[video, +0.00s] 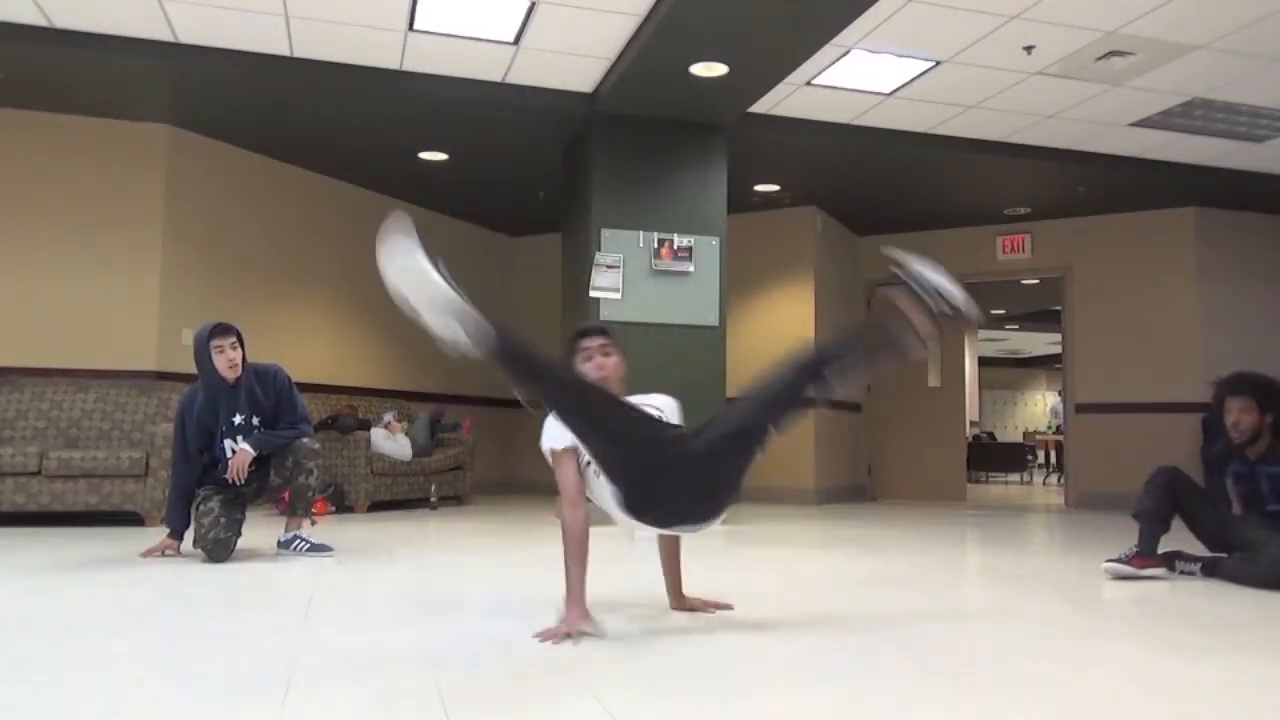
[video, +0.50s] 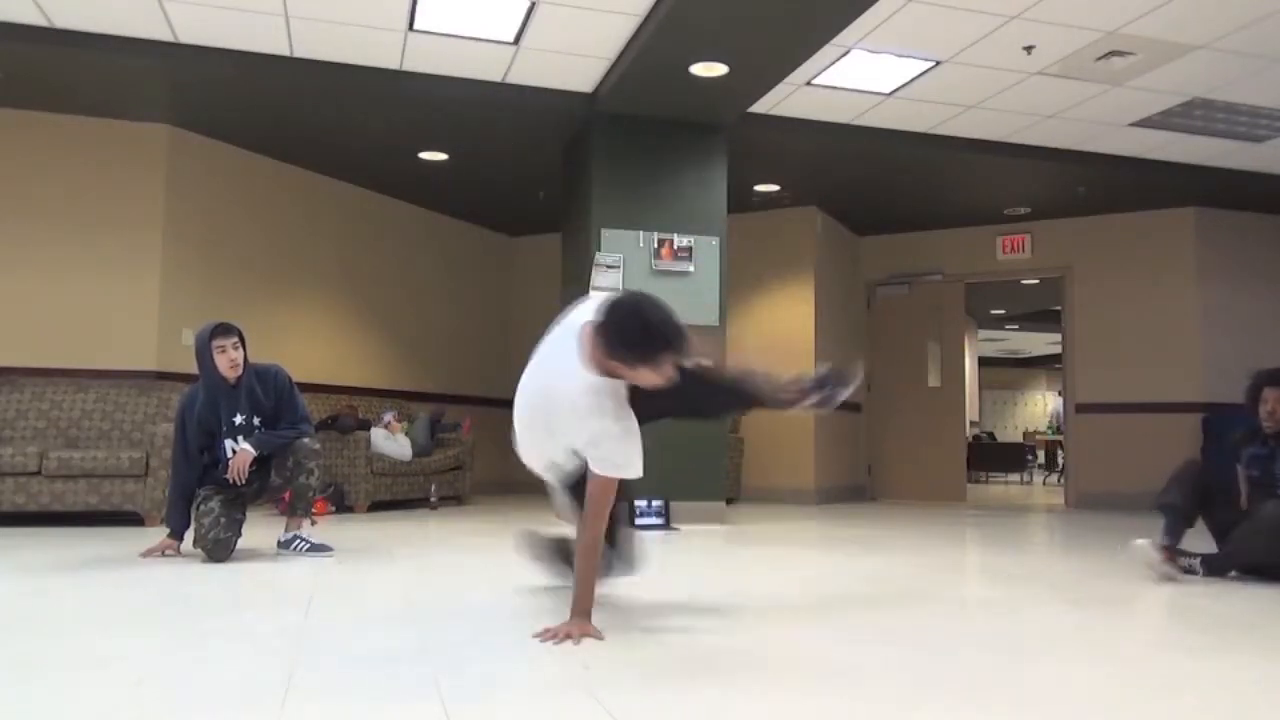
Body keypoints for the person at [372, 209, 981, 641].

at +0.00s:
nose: (594, 361)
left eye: (604, 353)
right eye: (585, 356)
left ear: (624, 366)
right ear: (574, 371)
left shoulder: (657, 407)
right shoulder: (568, 416)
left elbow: (656, 504)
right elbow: (573, 514)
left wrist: (675, 593)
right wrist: (577, 609)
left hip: (705, 486)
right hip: (650, 494)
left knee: (786, 385)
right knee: (552, 381)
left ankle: (900, 330)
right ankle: (473, 327)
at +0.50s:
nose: (673, 374)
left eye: (673, 361)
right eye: (660, 369)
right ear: (625, 368)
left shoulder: (603, 306)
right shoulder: (606, 423)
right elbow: (593, 525)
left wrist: (699, 364)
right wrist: (580, 617)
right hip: (561, 456)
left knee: (692, 388)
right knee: (619, 556)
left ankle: (793, 392)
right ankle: (551, 551)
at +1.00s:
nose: (663, 341)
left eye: (675, 334)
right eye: (655, 329)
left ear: (685, 346)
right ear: (636, 333)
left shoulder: (684, 412)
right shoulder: (605, 354)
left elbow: (664, 511)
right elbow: (552, 390)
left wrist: (654, 608)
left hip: (635, 536)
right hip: (578, 508)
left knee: (757, 542)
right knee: (552, 402)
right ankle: (519, 411)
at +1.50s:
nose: (598, 388)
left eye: (602, 377)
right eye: (587, 381)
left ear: (607, 358)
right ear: (557, 367)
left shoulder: (606, 360)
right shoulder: (516, 401)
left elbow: (658, 411)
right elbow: (530, 523)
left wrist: (721, 450)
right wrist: (539, 631)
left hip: (618, 473)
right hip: (584, 529)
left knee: (701, 458)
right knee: (711, 606)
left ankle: (802, 566)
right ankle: (751, 585)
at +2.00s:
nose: (587, 443)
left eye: (606, 431)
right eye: (576, 433)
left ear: (627, 382)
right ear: (561, 394)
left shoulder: (654, 351)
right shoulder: (543, 383)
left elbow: (706, 459)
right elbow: (545, 517)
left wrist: (613, 515)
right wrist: (539, 626)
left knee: (695, 481)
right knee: (478, 479)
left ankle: (718, 595)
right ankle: (426, 580)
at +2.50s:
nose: (563, 203)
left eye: (570, 189)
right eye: (554, 192)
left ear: (598, 173)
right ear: (545, 184)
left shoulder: (659, 213)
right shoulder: (548, 221)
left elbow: (718, 295)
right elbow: (536, 302)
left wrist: (658, 353)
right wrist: (508, 368)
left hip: (666, 331)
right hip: (599, 335)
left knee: (689, 462)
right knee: (545, 442)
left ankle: (716, 594)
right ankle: (527, 561)